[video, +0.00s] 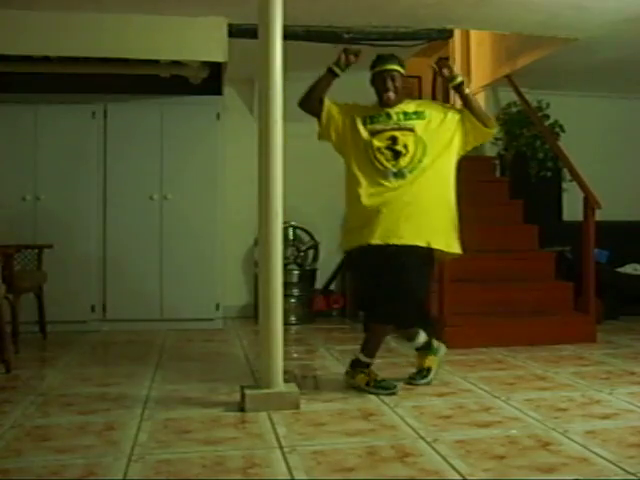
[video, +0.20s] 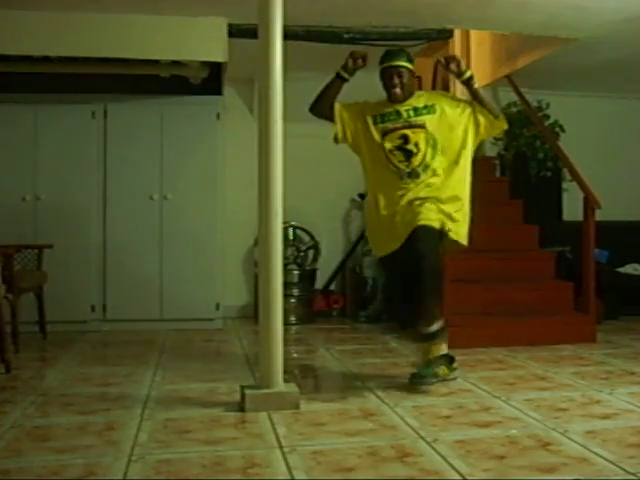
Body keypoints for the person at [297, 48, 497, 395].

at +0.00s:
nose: (387, 84)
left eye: (393, 77)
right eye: (380, 79)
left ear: (406, 81)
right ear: (372, 84)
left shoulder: (437, 116)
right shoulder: (355, 119)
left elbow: (486, 126)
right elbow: (309, 103)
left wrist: (458, 85)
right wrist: (337, 68)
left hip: (416, 223)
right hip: (367, 224)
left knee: (392, 300)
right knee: (376, 301)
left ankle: (361, 366)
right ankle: (427, 347)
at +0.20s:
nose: (394, 80)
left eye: (400, 74)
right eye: (388, 75)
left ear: (414, 78)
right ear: (381, 80)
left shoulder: (439, 106)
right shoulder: (367, 115)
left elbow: (493, 122)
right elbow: (321, 109)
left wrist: (467, 81)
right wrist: (344, 74)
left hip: (431, 199)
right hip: (389, 209)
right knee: (403, 290)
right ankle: (438, 357)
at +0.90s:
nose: (389, 80)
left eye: (394, 72)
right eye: (383, 76)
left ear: (408, 68)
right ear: (379, 77)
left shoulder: (440, 98)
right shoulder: (378, 105)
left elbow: (469, 128)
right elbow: (350, 101)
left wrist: (461, 85)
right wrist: (368, 58)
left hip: (442, 206)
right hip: (396, 211)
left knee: (442, 283)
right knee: (401, 290)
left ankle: (437, 342)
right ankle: (435, 352)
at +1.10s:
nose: (392, 80)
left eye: (397, 74)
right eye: (386, 76)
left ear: (407, 75)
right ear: (378, 78)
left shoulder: (425, 107)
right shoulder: (371, 108)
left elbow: (446, 147)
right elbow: (344, 97)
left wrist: (452, 110)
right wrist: (369, 64)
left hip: (426, 214)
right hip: (387, 215)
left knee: (427, 293)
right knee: (398, 297)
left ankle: (366, 324)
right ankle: (422, 347)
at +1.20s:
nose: (390, 84)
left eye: (395, 78)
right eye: (384, 79)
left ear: (403, 82)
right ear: (375, 83)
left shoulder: (417, 117)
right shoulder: (364, 115)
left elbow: (434, 166)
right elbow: (337, 108)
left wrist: (444, 133)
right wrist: (363, 75)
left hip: (419, 217)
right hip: (383, 216)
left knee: (418, 294)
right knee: (398, 294)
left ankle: (360, 333)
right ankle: (425, 348)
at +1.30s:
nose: (387, 92)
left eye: (393, 86)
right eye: (381, 86)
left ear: (400, 90)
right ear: (372, 89)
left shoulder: (410, 124)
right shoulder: (359, 120)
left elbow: (424, 172)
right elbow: (331, 123)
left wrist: (439, 140)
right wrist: (357, 83)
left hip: (411, 218)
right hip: (376, 219)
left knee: (387, 297)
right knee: (397, 295)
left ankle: (344, 343)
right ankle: (426, 349)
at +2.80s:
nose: (346, 60)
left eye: (352, 53)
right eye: (340, 55)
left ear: (365, 60)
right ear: (333, 63)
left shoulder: (385, 101)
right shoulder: (320, 99)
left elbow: (398, 161)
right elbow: (299, 150)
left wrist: (380, 126)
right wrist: (317, 106)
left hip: (370, 196)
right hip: (326, 204)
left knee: (374, 255)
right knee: (340, 290)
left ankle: (377, 334)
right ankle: (361, 364)